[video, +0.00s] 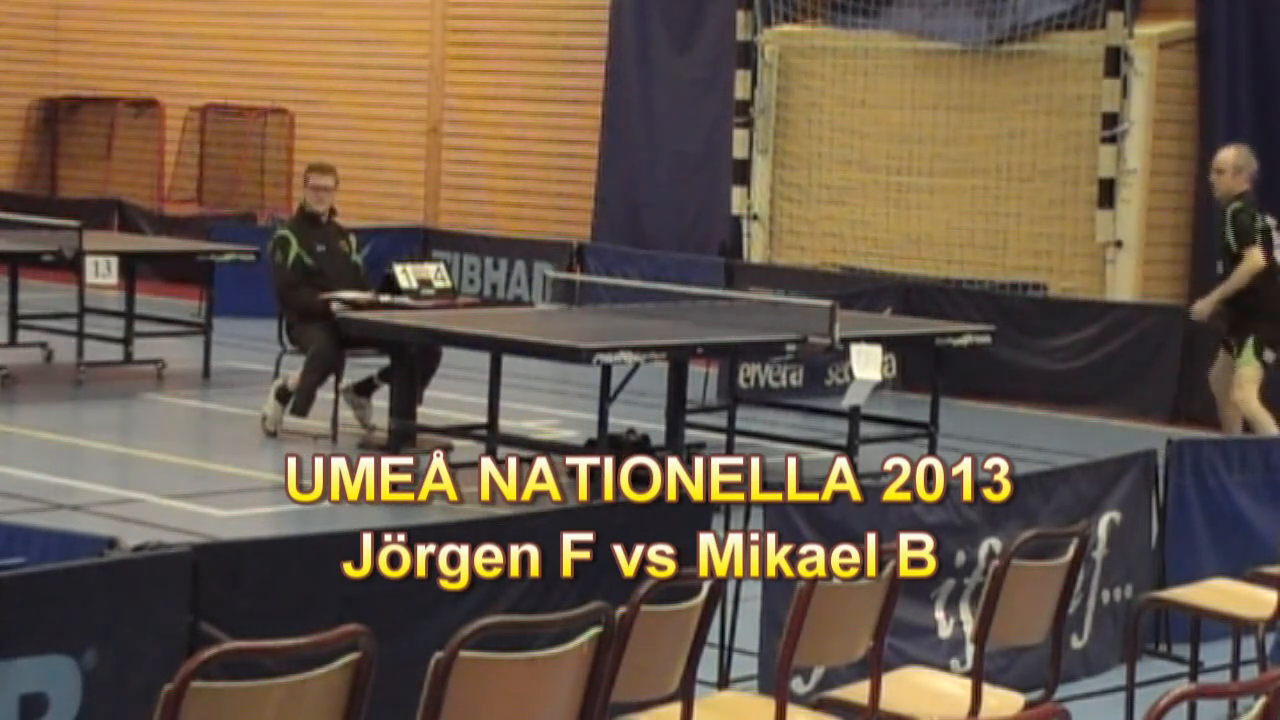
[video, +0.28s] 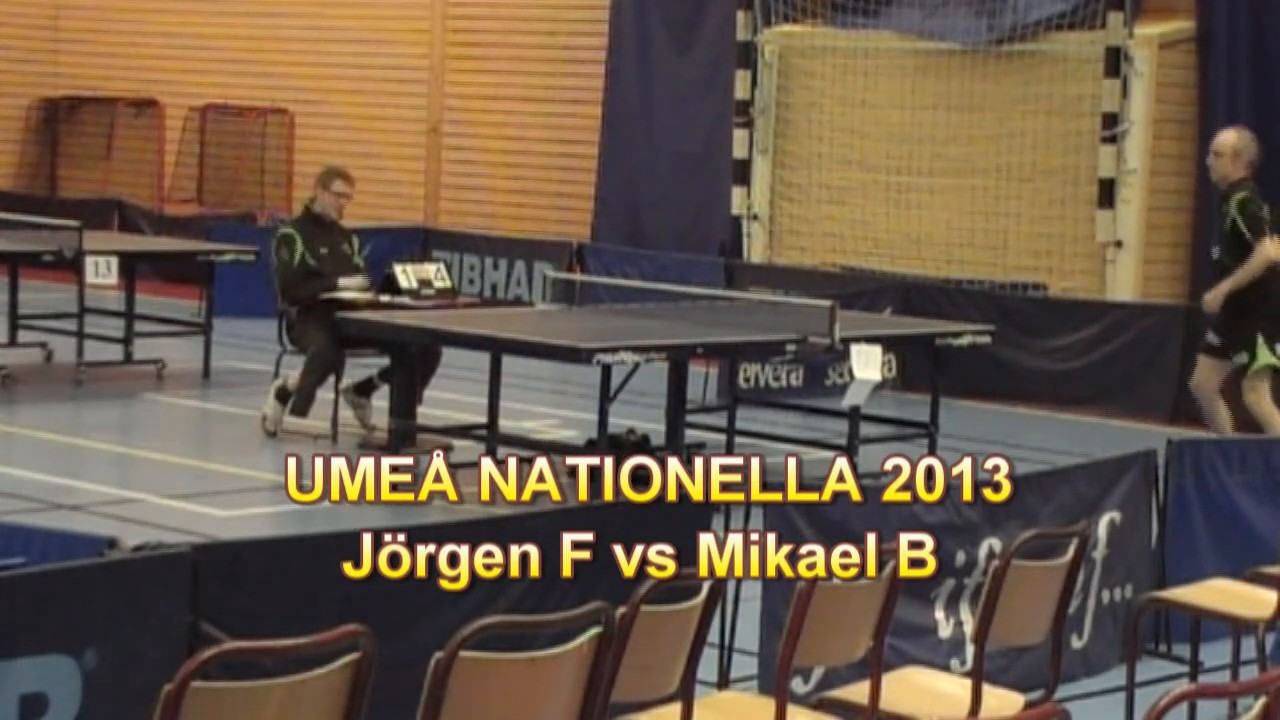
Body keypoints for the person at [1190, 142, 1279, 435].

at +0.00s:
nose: (1212, 178)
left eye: (1220, 172)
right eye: (1212, 171)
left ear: (1244, 179)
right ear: (1239, 180)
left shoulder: (1240, 212)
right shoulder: (1255, 214)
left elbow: (1254, 259)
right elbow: (1272, 261)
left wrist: (1211, 300)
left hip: (1260, 319)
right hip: (1244, 317)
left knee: (1243, 395)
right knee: (1220, 380)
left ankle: (1277, 452)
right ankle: (1234, 455)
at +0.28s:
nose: (1210, 161)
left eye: (1219, 155)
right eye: (1210, 154)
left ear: (1243, 164)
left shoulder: (1246, 201)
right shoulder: (1233, 200)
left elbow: (1267, 251)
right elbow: (1261, 250)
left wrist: (1222, 289)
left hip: (1247, 310)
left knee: (1204, 384)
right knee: (1257, 395)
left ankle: (1232, 454)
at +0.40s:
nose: (1195, 161)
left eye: (1203, 155)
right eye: (1196, 154)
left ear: (1227, 164)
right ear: (1225, 166)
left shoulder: (1229, 202)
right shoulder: (1231, 199)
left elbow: (1246, 255)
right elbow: (1247, 255)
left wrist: (1203, 290)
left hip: (1234, 310)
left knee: (1187, 382)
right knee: (1258, 396)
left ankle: (1196, 464)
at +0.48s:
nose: (1182, 163)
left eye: (1190, 156)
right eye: (1183, 156)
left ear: (1213, 165)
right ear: (1210, 166)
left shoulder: (1219, 201)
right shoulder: (1209, 200)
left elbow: (1232, 259)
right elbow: (1221, 257)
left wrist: (1187, 290)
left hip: (1219, 313)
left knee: (1176, 385)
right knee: (1254, 398)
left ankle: (1174, 468)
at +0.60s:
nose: (1160, 164)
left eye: (1168, 158)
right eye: (1161, 157)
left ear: (1190, 162)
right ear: (1177, 162)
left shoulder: (1198, 202)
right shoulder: (1177, 201)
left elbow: (1213, 259)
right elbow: (1182, 259)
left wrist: (1162, 285)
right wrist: (1161, 297)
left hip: (1206, 317)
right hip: (1177, 316)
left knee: (1217, 397)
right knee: (1154, 390)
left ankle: (1269, 449)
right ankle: (1161, 469)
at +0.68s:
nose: (1149, 160)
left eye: (1156, 153)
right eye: (1149, 153)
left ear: (1177, 158)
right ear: (1160, 156)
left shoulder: (1190, 200)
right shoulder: (1157, 199)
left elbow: (1205, 254)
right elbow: (1161, 257)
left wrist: (1150, 281)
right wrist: (1137, 291)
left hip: (1190, 311)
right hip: (1157, 310)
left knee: (1186, 396)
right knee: (1146, 389)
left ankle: (1245, 452)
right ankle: (1160, 469)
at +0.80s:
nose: (1132, 155)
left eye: (1139, 148)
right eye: (1130, 148)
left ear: (1160, 150)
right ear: (1132, 150)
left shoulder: (1178, 194)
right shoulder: (1132, 192)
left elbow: (1194, 250)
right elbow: (1127, 244)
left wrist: (1135, 270)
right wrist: (1108, 269)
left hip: (1170, 308)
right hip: (1137, 305)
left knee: (1146, 387)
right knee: (1136, 393)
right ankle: (1155, 465)